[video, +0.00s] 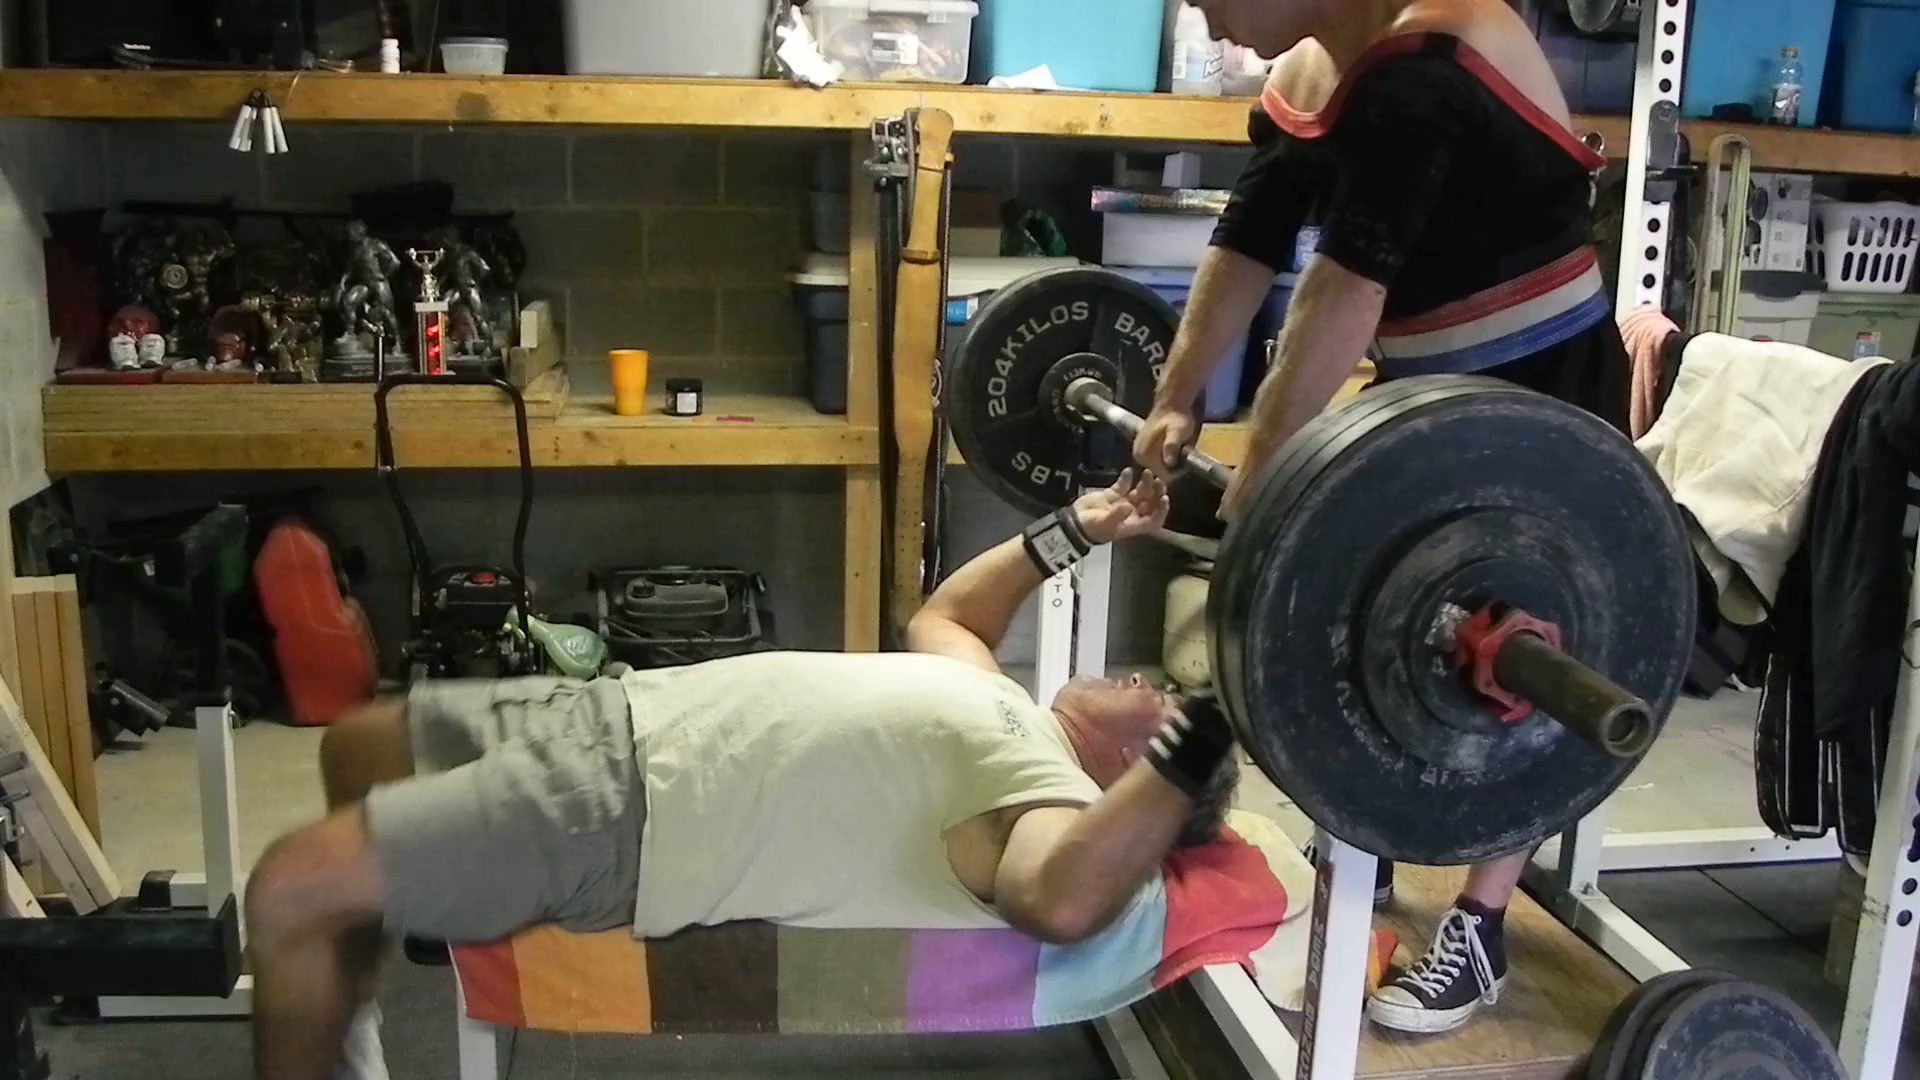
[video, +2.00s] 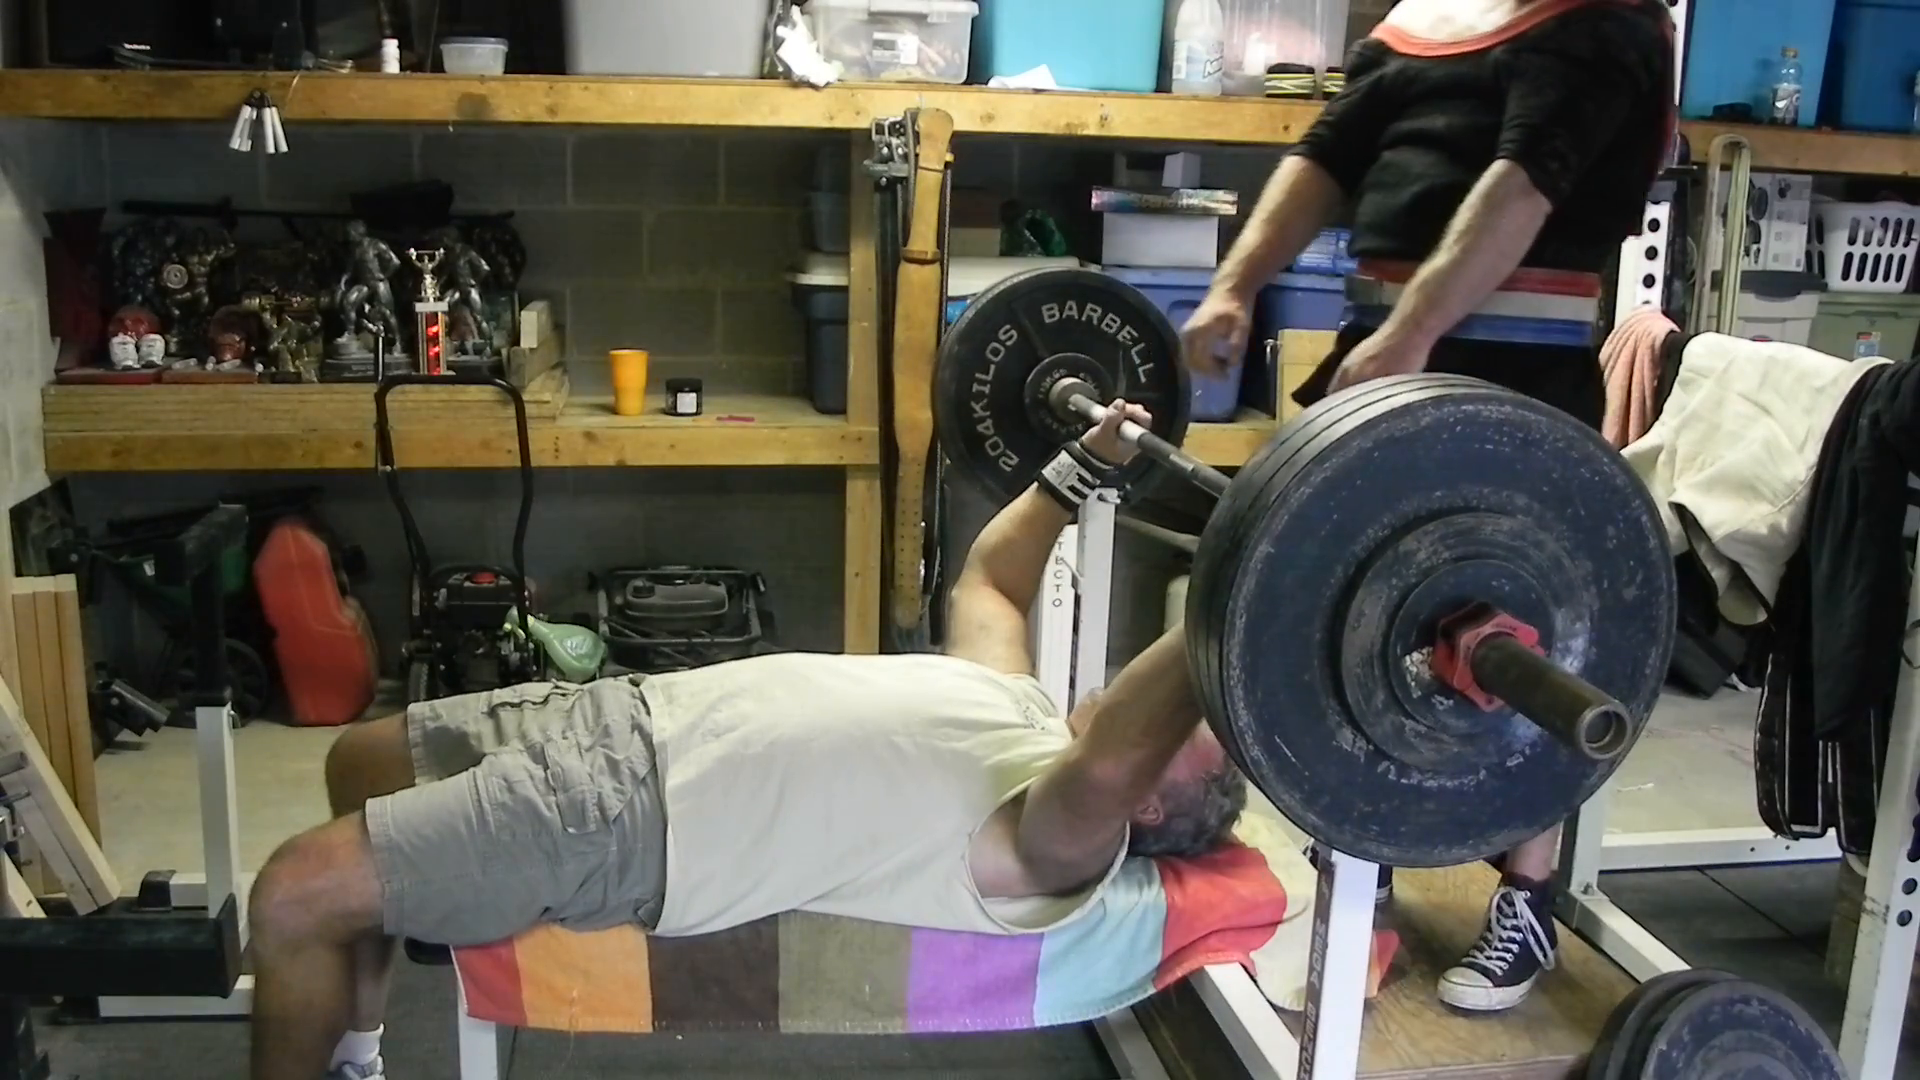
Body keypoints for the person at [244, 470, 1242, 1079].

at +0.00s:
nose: (1131, 674)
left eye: (1157, 693)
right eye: (1153, 676)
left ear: (1143, 761)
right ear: (1113, 699)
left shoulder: (1044, 806)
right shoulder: (1002, 705)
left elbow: (1068, 904)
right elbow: (951, 613)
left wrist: (1200, 750)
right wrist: (1071, 526)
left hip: (621, 810)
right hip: (604, 710)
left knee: (292, 890)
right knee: (354, 743)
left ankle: (323, 1062)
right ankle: (343, 1030)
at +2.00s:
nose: (1172, 732)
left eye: (1201, 744)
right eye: (1191, 718)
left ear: (1185, 808)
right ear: (1154, 739)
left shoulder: (1055, 850)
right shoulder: (1007, 713)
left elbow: (1118, 740)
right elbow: (998, 580)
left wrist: (1252, 600)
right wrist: (1081, 468)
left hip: (631, 819)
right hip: (621, 710)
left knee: (296, 891)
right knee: (366, 763)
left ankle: (293, 1069)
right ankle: (351, 1047)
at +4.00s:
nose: (1182, 695)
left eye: (1208, 712)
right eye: (1199, 689)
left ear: (1208, 766)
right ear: (1174, 669)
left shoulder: (1092, 809)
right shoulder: (1047, 670)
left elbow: (1112, 741)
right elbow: (991, 563)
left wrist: (1248, 609)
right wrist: (1088, 473)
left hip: (673, 814)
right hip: (649, 706)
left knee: (338, 903)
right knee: (391, 766)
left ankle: (319, 1064)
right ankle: (368, 985)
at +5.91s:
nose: (1193, 734)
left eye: (1224, 747)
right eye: (1209, 719)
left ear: (1216, 811)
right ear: (1182, 730)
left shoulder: (1093, 864)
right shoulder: (1032, 717)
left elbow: (1126, 758)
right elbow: (999, 581)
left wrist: (1231, 604)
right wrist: (1082, 468)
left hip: (674, 820)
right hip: (657, 711)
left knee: (340, 914)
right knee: (398, 768)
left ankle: (317, 1069)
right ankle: (421, 994)